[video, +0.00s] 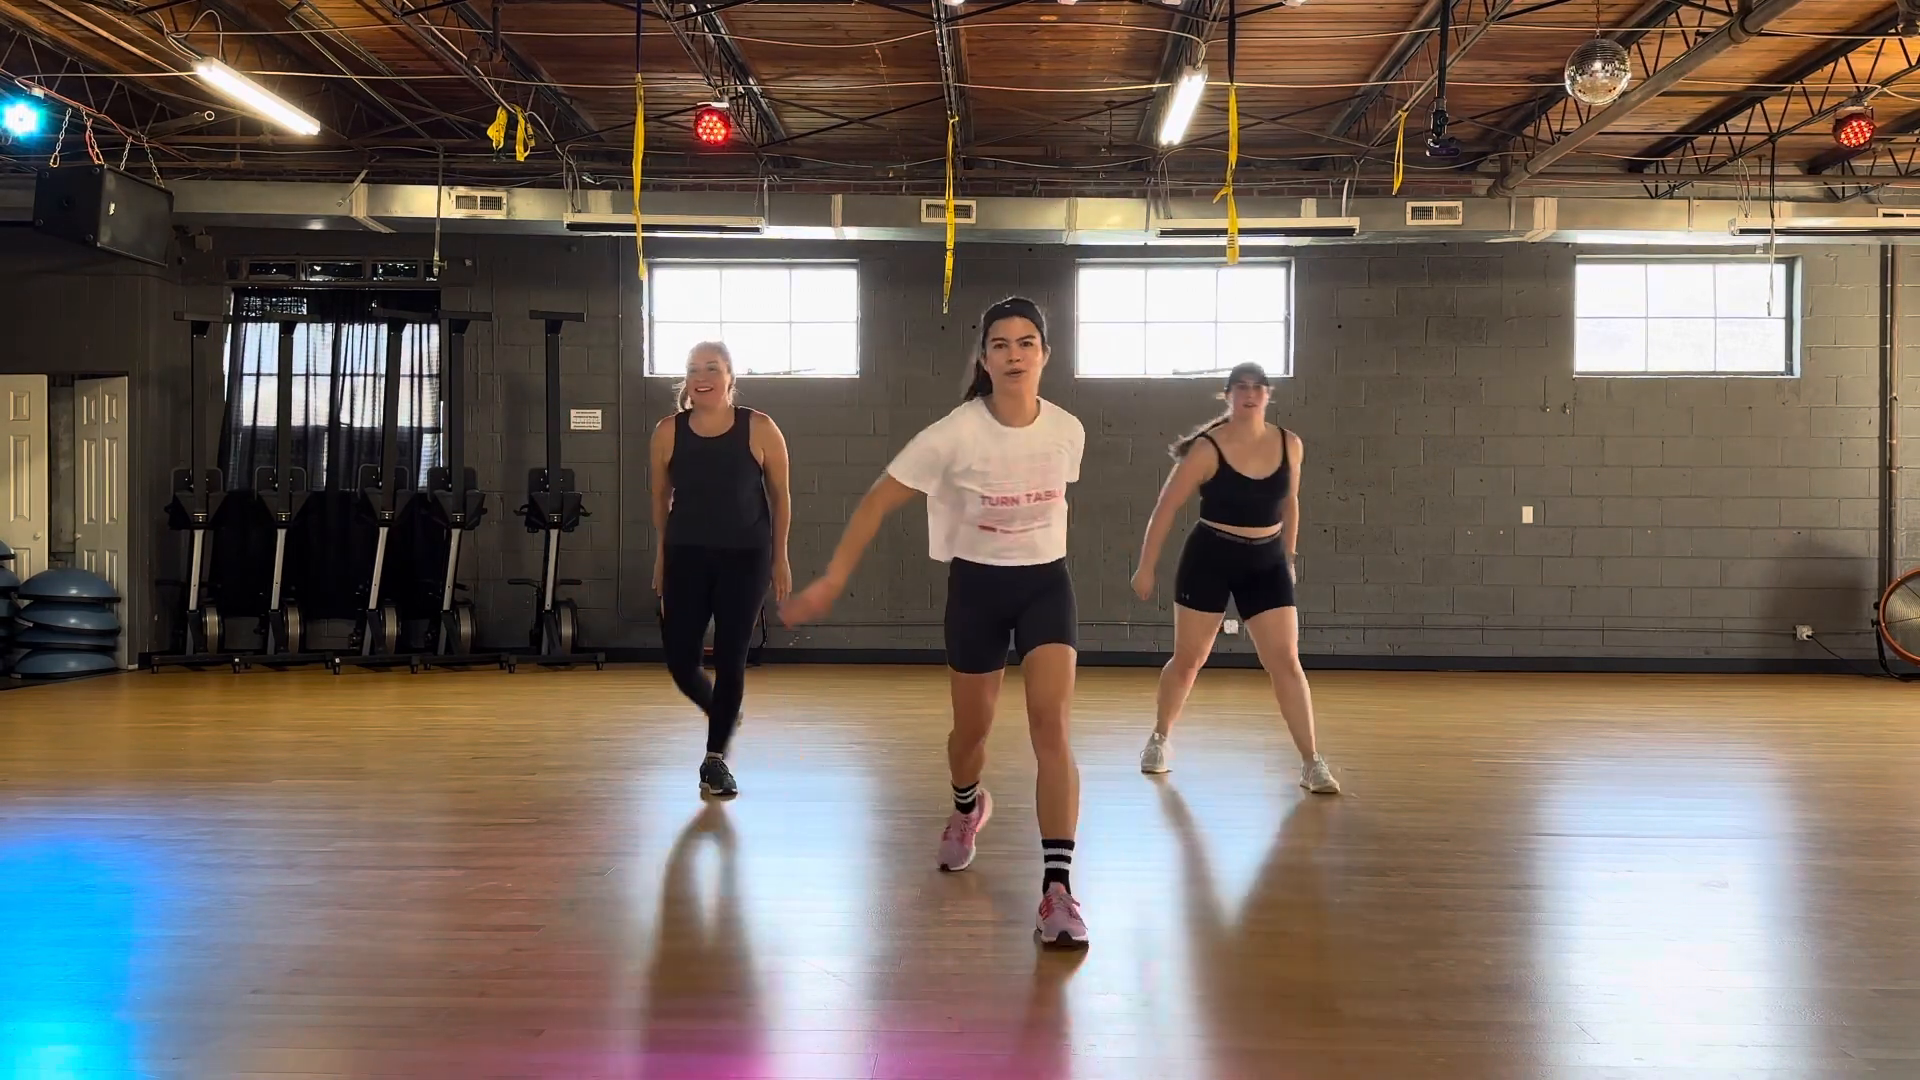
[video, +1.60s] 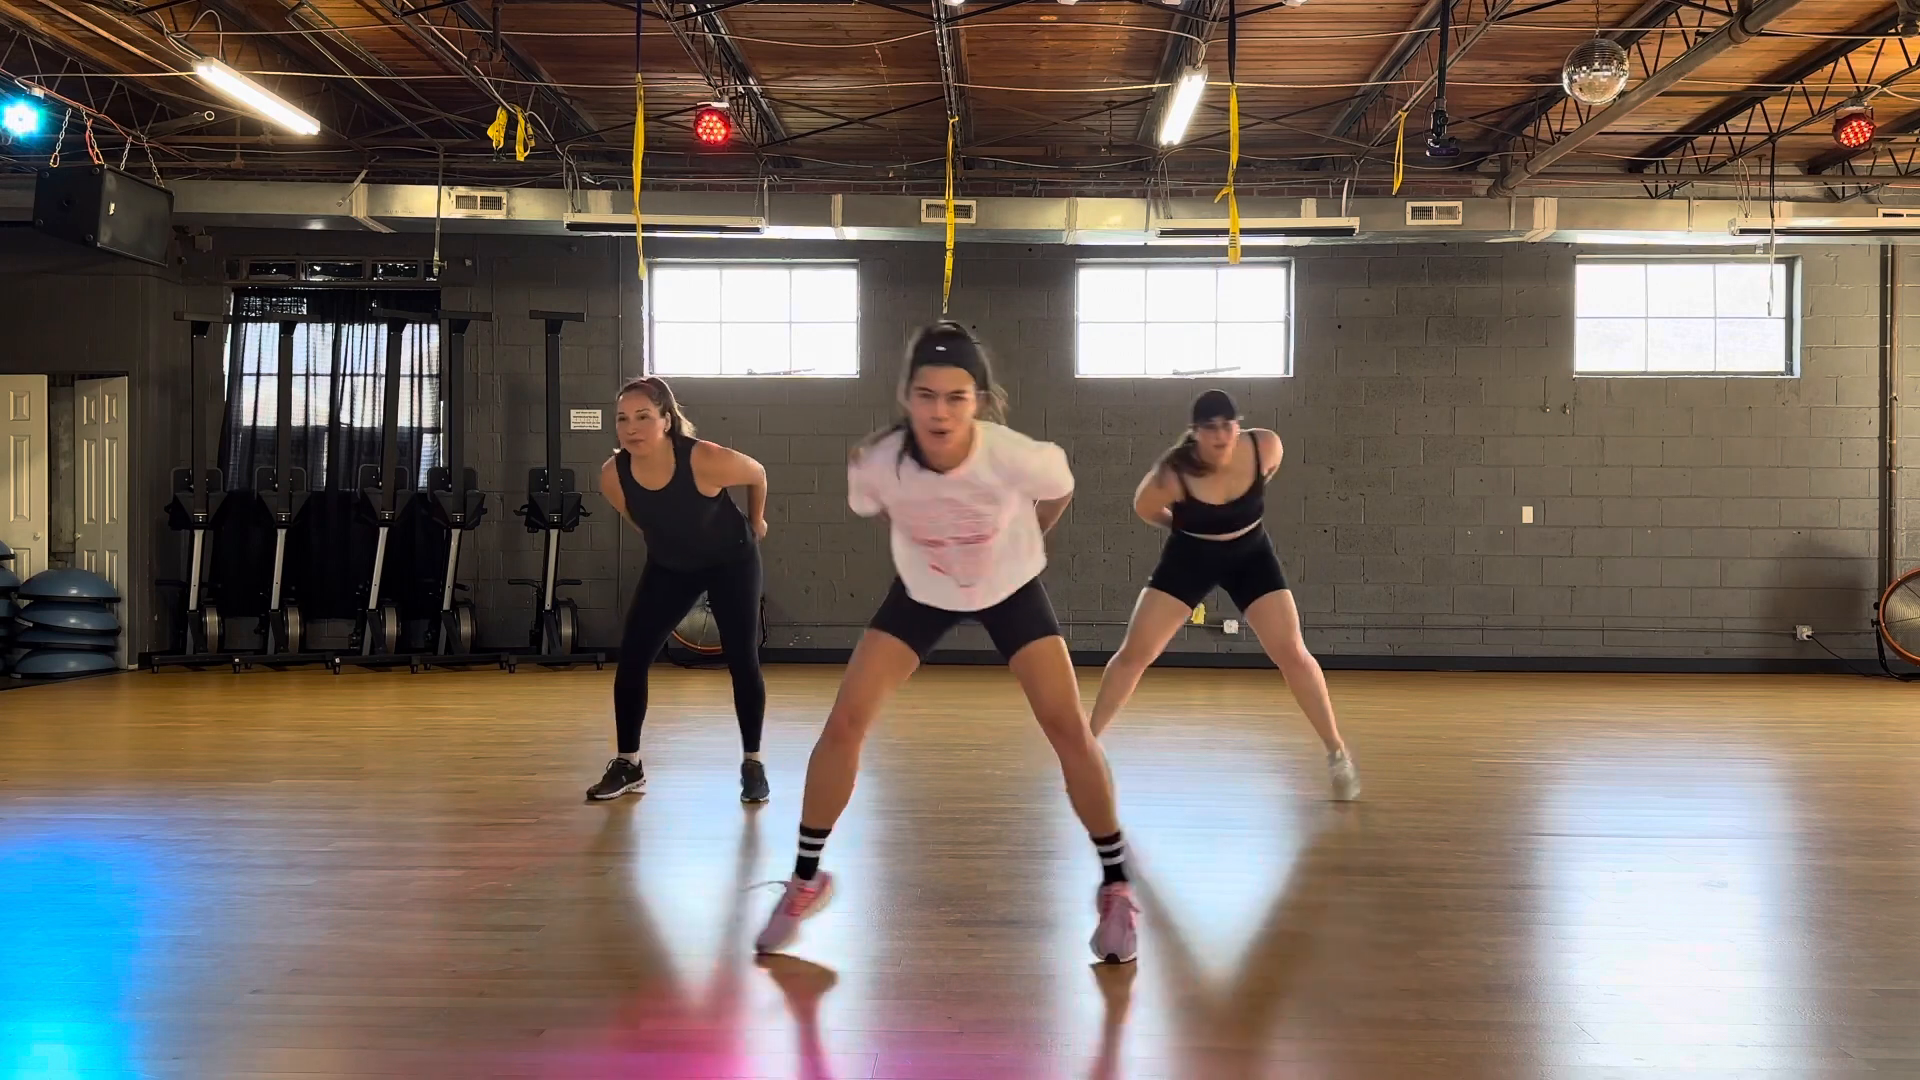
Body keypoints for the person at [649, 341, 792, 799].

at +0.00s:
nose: (700, 377)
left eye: (711, 369)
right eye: (694, 370)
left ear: (731, 379)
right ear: (685, 380)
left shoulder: (760, 429)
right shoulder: (667, 434)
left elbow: (780, 498)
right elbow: (660, 502)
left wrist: (781, 558)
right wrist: (661, 562)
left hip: (745, 561)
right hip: (686, 560)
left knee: (730, 660)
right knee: (681, 664)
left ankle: (715, 758)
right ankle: (722, 709)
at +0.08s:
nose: (698, 376)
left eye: (707, 368)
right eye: (690, 369)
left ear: (726, 376)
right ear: (680, 379)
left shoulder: (756, 425)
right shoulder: (662, 432)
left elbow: (775, 492)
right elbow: (653, 498)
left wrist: (775, 553)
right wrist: (657, 554)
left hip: (741, 560)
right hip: (681, 559)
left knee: (728, 662)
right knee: (669, 662)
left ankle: (715, 757)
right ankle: (682, 737)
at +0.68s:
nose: (647, 407)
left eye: (659, 399)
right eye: (640, 399)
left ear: (682, 407)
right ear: (634, 408)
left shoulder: (719, 447)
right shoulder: (631, 469)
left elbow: (766, 482)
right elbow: (656, 519)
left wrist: (777, 543)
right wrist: (684, 547)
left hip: (743, 561)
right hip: (682, 564)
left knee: (758, 664)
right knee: (632, 654)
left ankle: (752, 759)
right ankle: (629, 752)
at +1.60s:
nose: (630, 427)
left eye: (641, 416)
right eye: (622, 418)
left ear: (666, 420)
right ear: (616, 424)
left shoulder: (706, 459)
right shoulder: (613, 475)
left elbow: (757, 474)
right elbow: (639, 520)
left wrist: (757, 519)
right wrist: (665, 541)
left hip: (730, 557)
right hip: (670, 562)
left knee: (743, 659)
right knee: (632, 656)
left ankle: (752, 762)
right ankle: (627, 763)